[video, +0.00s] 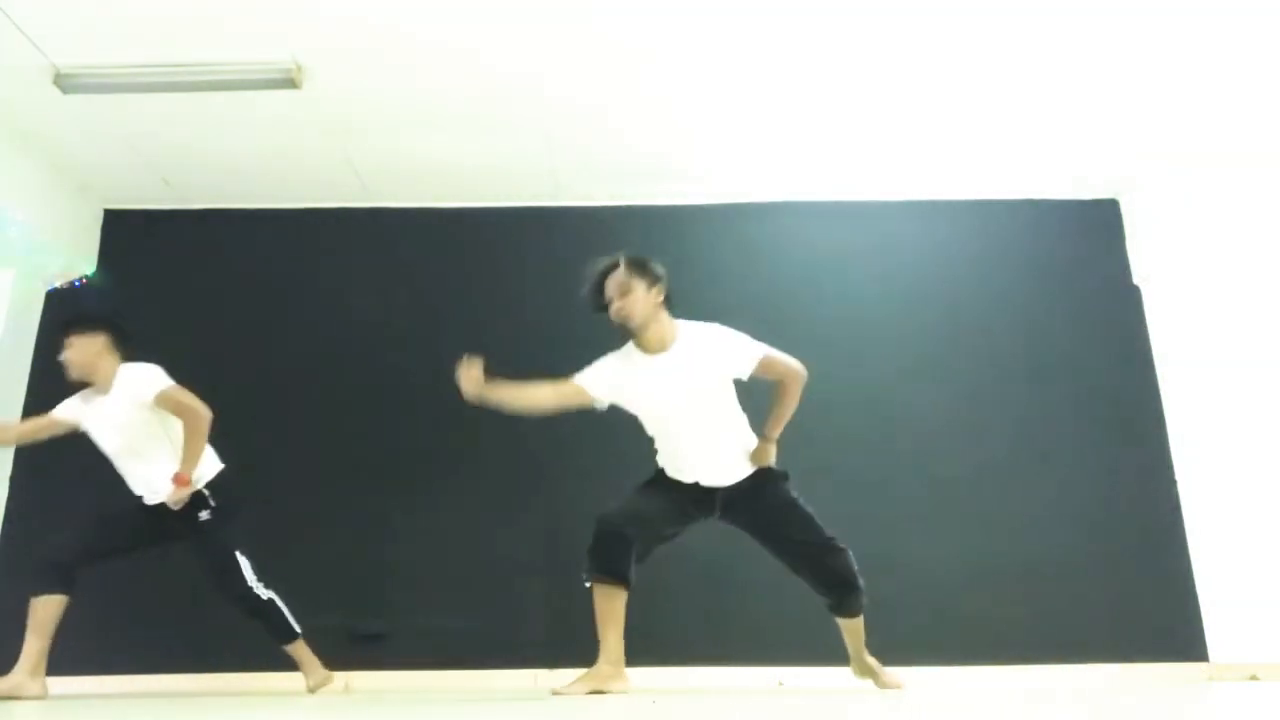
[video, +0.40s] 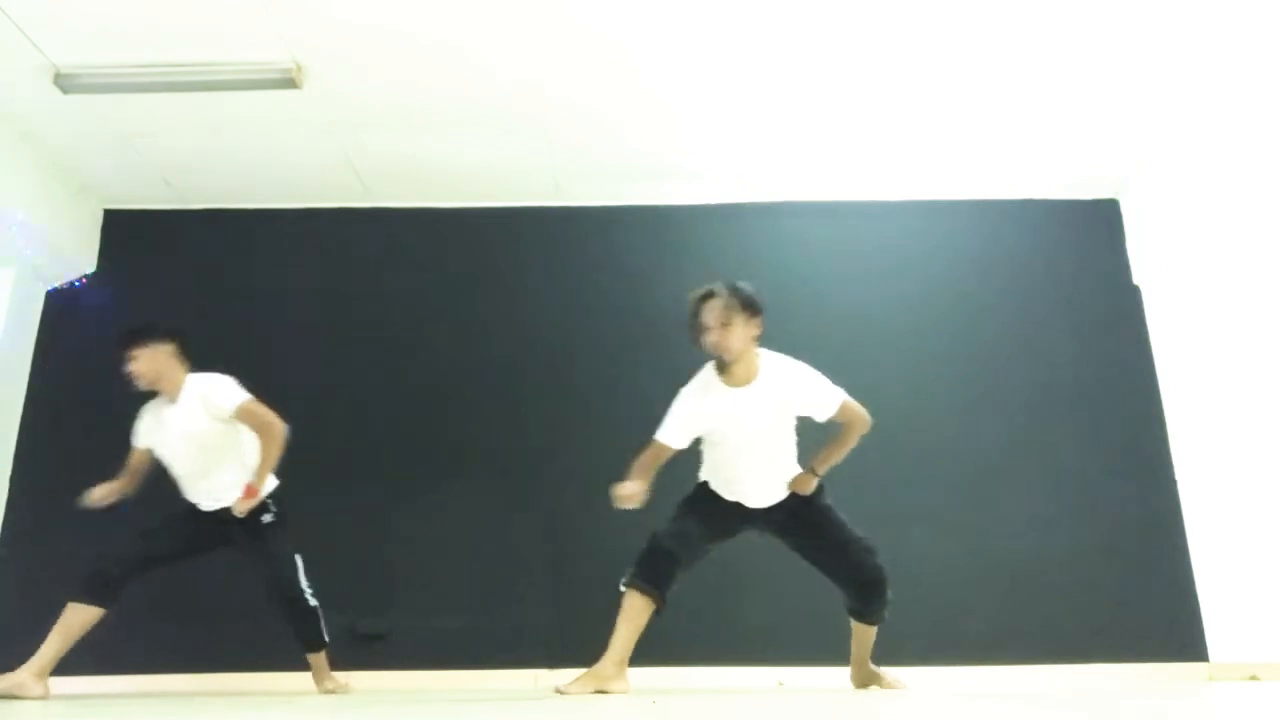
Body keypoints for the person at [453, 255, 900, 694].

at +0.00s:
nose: (616, 306)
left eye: (625, 293)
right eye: (610, 300)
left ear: (658, 292)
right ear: (609, 311)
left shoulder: (711, 342)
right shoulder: (617, 370)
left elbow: (793, 374)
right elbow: (550, 396)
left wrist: (770, 439)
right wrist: (483, 390)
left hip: (746, 479)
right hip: (677, 486)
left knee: (836, 567)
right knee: (613, 534)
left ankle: (861, 658)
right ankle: (609, 666)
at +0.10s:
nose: (618, 328)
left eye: (626, 315)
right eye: (613, 320)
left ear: (660, 313)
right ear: (612, 327)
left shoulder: (715, 359)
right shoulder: (622, 387)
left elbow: (796, 391)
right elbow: (562, 431)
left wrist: (771, 455)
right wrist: (502, 442)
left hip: (747, 488)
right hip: (678, 493)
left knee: (840, 575)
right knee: (613, 534)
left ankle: (860, 665)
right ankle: (609, 667)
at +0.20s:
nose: (640, 341)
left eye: (650, 327)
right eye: (634, 332)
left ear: (684, 327)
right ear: (633, 339)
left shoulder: (732, 372)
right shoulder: (641, 396)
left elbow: (812, 408)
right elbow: (588, 453)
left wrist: (781, 467)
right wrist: (541, 476)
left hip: (757, 494)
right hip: (688, 498)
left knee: (846, 572)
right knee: (626, 533)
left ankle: (860, 670)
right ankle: (609, 667)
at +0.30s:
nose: (677, 342)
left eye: (687, 330)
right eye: (669, 335)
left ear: (718, 329)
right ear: (664, 343)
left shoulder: (759, 377)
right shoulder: (669, 399)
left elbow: (834, 416)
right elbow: (623, 457)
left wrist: (797, 472)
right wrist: (589, 487)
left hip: (771, 498)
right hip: (702, 500)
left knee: (857, 573)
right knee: (643, 539)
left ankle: (861, 669)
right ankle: (610, 668)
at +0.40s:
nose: (713, 336)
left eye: (724, 325)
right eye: (705, 328)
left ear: (754, 326)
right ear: (698, 335)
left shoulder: (789, 375)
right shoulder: (699, 394)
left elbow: (858, 420)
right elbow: (656, 452)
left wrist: (814, 471)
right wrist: (636, 483)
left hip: (787, 498)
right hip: (718, 499)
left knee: (867, 576)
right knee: (659, 555)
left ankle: (861, 669)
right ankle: (611, 667)